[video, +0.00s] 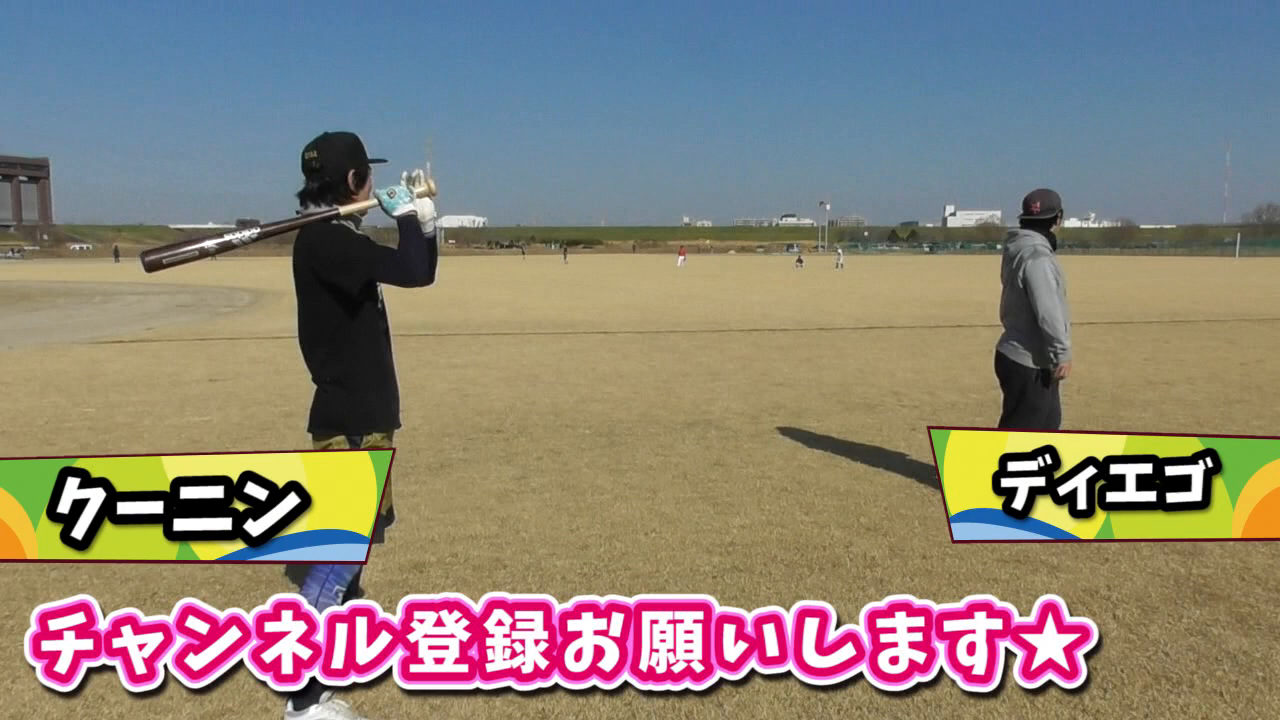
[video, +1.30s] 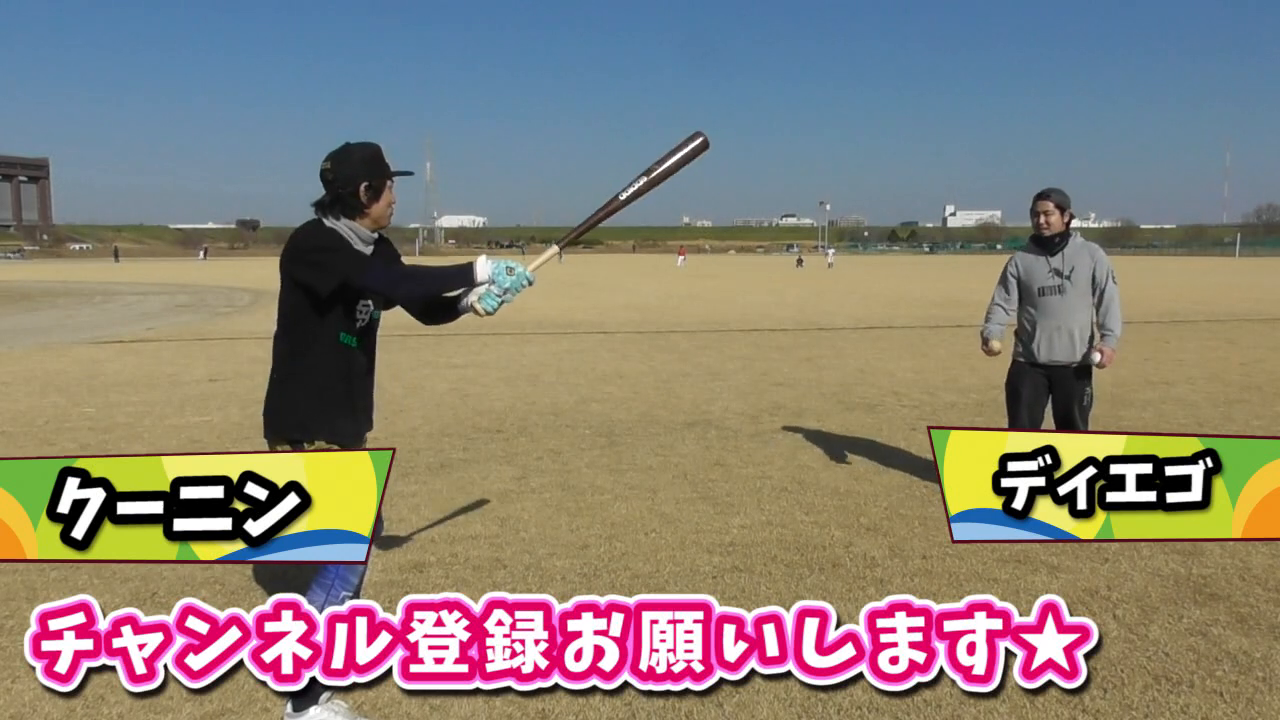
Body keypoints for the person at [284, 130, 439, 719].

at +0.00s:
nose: (371, 181)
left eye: (369, 172)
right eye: (368, 173)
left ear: (318, 180)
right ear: (352, 180)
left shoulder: (333, 234)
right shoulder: (329, 237)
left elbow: (417, 268)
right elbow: (415, 270)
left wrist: (421, 218)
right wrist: (409, 214)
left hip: (355, 410)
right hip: (355, 415)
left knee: (360, 531)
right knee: (346, 542)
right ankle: (303, 689)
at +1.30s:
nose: (394, 197)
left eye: (392, 187)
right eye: (390, 188)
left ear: (351, 193)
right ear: (369, 193)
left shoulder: (372, 248)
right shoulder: (314, 241)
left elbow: (423, 306)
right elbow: (386, 281)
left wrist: (473, 298)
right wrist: (478, 271)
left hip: (343, 424)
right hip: (310, 426)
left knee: (344, 546)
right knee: (350, 554)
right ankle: (307, 696)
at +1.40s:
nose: (397, 198)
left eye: (395, 188)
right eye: (392, 189)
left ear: (356, 193)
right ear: (370, 194)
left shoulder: (379, 250)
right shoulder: (313, 244)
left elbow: (419, 312)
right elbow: (379, 296)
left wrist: (470, 312)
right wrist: (470, 283)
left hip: (350, 426)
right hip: (309, 427)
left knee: (349, 548)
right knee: (349, 556)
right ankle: (306, 696)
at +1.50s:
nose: (400, 197)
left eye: (399, 188)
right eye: (395, 188)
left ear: (367, 191)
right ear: (373, 193)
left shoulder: (382, 249)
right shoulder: (319, 245)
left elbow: (422, 311)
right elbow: (382, 301)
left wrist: (475, 310)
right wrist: (470, 285)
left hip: (351, 425)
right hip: (311, 426)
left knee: (352, 548)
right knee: (345, 553)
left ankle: (316, 680)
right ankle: (304, 695)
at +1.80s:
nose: (407, 200)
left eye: (405, 191)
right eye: (403, 191)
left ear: (369, 194)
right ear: (381, 194)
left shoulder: (389, 248)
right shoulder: (327, 246)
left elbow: (446, 299)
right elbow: (404, 284)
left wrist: (496, 279)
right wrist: (481, 251)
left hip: (351, 425)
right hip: (315, 427)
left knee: (347, 548)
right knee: (352, 555)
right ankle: (309, 694)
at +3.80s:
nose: (442, 204)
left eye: (433, 195)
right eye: (475, 199)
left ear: (424, 204)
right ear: (482, 211)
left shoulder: (396, 253)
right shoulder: (496, 264)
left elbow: (318, 207)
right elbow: (442, 259)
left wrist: (271, 136)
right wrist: (370, 256)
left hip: (402, 432)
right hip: (463, 436)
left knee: (437, 553)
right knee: (438, 574)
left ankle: (475, 628)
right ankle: (394, 692)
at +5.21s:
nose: (437, 199)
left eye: (435, 190)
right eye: (431, 191)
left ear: (399, 199)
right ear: (410, 198)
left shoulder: (411, 252)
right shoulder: (374, 258)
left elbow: (460, 311)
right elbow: (445, 321)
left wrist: (530, 316)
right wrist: (531, 313)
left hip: (403, 427)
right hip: (366, 434)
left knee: (444, 511)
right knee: (385, 559)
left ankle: (473, 605)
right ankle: (312, 693)